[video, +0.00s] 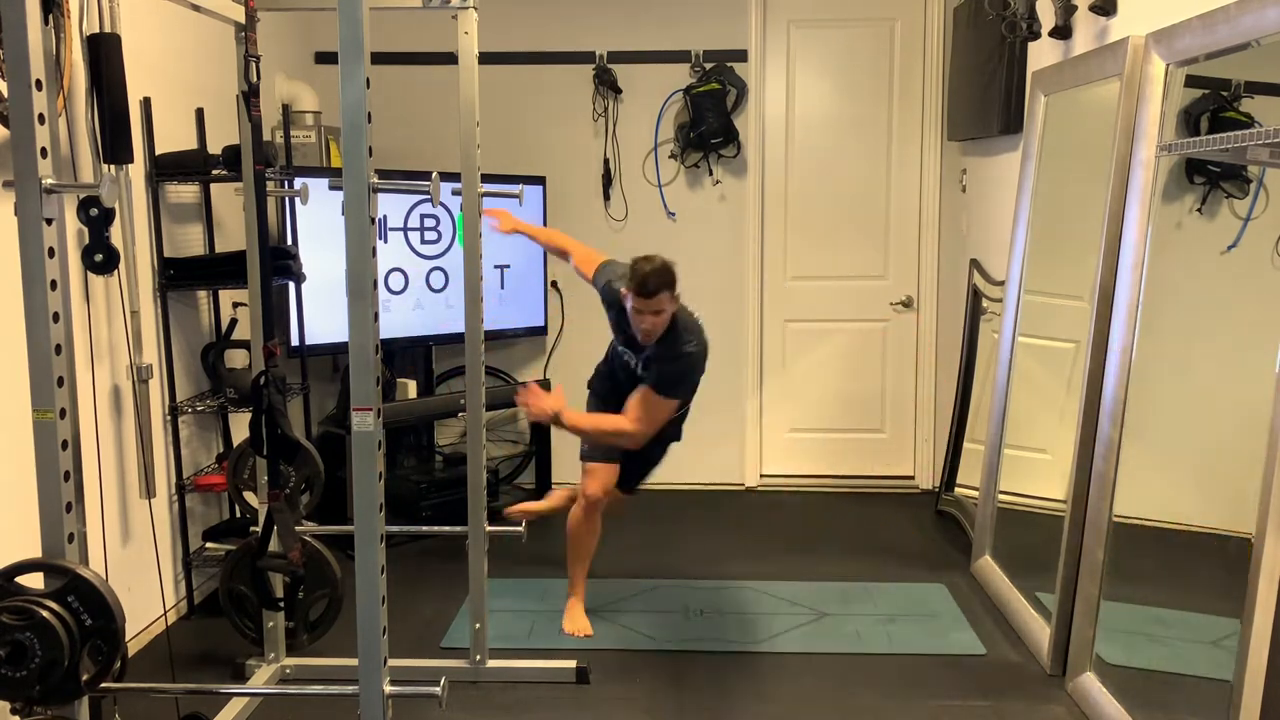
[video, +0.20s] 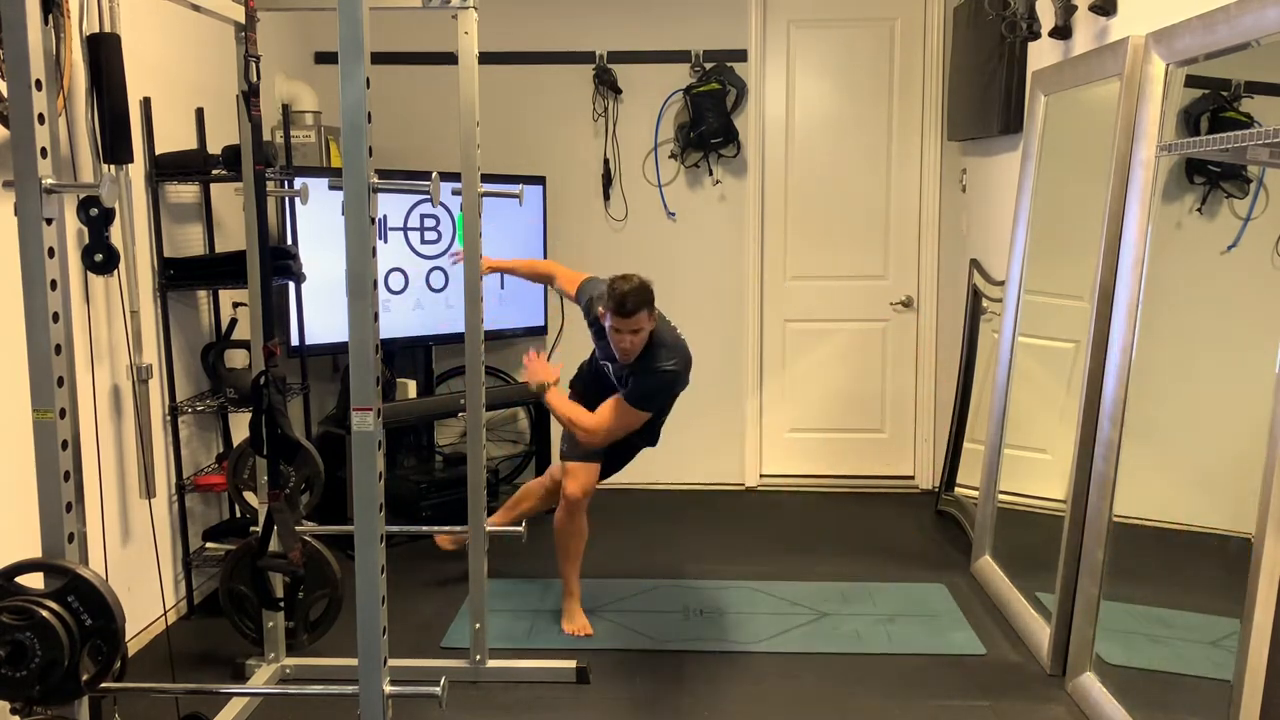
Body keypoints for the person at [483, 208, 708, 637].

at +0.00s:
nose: (646, 323)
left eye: (656, 314)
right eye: (638, 312)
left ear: (674, 303)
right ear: (626, 298)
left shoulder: (686, 348)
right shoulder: (615, 286)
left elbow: (635, 430)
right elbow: (571, 251)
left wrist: (560, 415)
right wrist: (518, 225)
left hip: (659, 415)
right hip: (613, 384)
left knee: (613, 493)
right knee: (592, 494)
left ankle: (569, 496)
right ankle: (575, 598)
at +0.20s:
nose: (626, 341)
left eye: (636, 332)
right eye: (618, 331)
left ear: (651, 321)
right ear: (605, 317)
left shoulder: (668, 363)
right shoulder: (599, 301)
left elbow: (595, 430)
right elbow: (552, 272)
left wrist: (547, 387)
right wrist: (493, 264)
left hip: (630, 428)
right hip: (590, 393)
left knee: (555, 481)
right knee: (576, 494)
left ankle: (484, 529)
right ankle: (572, 598)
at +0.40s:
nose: (640, 336)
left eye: (649, 326)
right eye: (631, 326)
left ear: (662, 315)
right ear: (614, 313)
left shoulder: (683, 347)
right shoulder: (591, 312)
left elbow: (714, 439)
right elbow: (517, 301)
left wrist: (681, 507)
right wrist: (461, 340)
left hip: (647, 417)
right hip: (593, 403)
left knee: (631, 515)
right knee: (577, 498)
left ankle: (575, 530)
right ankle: (572, 599)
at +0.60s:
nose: (675, 306)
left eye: (682, 295)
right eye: (664, 297)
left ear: (692, 282)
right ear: (646, 288)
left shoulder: (721, 298)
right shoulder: (620, 320)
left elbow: (797, 309)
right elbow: (557, 388)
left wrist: (821, 368)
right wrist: (570, 472)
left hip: (698, 396)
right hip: (633, 401)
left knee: (741, 487)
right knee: (599, 499)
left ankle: (786, 542)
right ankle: (574, 597)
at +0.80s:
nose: (751, 292)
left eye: (759, 281)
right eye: (740, 283)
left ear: (769, 267)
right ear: (719, 271)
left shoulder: (783, 263)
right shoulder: (702, 316)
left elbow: (818, 246)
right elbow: (731, 411)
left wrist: (818, 290)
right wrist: (817, 416)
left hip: (785, 379)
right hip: (726, 389)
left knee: (825, 487)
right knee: (700, 495)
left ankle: (875, 591)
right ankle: (697, 530)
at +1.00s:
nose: (807, 325)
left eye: (815, 313)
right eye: (795, 316)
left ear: (824, 301)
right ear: (774, 305)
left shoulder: (829, 297)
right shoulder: (764, 363)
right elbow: (851, 414)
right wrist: (881, 339)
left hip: (834, 409)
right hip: (789, 432)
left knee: (848, 507)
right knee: (836, 500)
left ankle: (880, 597)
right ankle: (873, 532)